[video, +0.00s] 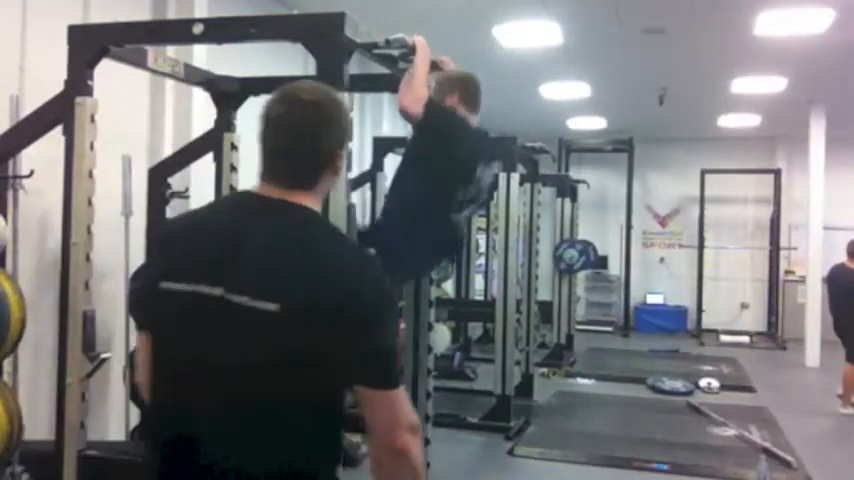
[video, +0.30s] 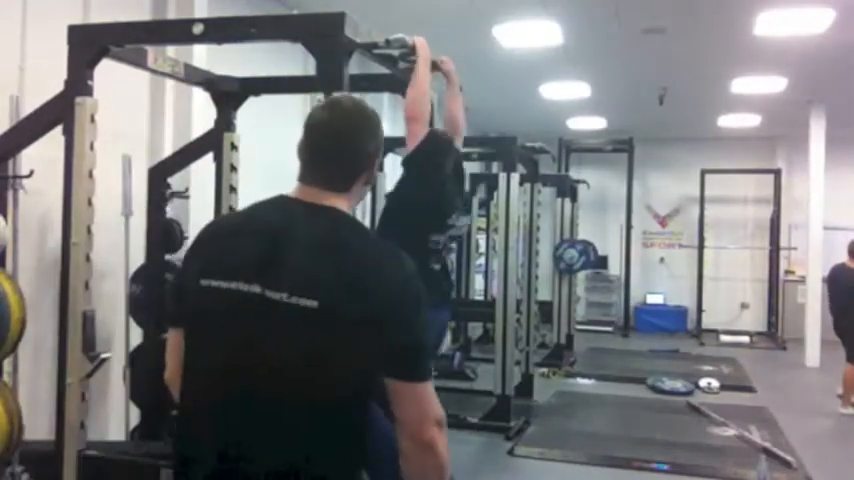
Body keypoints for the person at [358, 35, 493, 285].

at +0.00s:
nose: (433, 102)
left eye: (436, 96)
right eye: (433, 96)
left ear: (453, 100)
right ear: (474, 106)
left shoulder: (447, 124)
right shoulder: (476, 140)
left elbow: (410, 103)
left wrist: (421, 52)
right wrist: (452, 76)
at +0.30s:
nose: (420, 134)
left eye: (422, 132)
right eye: (427, 130)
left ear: (427, 143)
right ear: (450, 146)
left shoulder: (424, 170)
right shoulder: (452, 177)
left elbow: (415, 114)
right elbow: (454, 129)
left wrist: (421, 59)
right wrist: (451, 78)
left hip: (405, 297)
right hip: (437, 295)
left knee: (384, 396)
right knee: (415, 391)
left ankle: (386, 469)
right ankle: (417, 465)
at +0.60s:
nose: (394, 163)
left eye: (397, 159)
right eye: (396, 158)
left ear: (408, 164)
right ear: (431, 159)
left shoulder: (416, 188)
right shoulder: (447, 182)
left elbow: (421, 121)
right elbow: (450, 130)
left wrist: (423, 63)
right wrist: (451, 79)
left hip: (430, 314)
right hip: (457, 311)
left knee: (427, 419)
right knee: (462, 403)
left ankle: (505, 462)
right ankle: (517, 463)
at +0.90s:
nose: (410, 168)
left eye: (414, 162)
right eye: (412, 163)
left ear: (428, 165)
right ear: (439, 161)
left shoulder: (438, 186)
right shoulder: (461, 181)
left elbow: (431, 120)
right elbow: (457, 130)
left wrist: (423, 61)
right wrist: (451, 75)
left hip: (456, 319)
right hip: (482, 313)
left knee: (450, 422)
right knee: (491, 403)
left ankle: (538, 458)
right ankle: (549, 462)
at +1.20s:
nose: (412, 168)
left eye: (415, 161)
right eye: (414, 163)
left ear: (430, 162)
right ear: (449, 158)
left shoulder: (440, 184)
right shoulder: (466, 182)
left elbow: (431, 122)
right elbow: (460, 130)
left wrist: (424, 63)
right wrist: (450, 75)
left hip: (458, 321)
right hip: (486, 314)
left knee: (462, 426)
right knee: (499, 414)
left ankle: (513, 477)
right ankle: (533, 474)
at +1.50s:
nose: (456, 127)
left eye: (463, 128)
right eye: (461, 127)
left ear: (470, 144)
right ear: (482, 153)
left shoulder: (450, 162)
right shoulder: (476, 178)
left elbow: (422, 116)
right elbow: (460, 127)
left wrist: (422, 62)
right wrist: (451, 78)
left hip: (419, 285)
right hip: (448, 283)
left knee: (425, 381)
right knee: (450, 370)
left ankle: (506, 444)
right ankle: (503, 436)